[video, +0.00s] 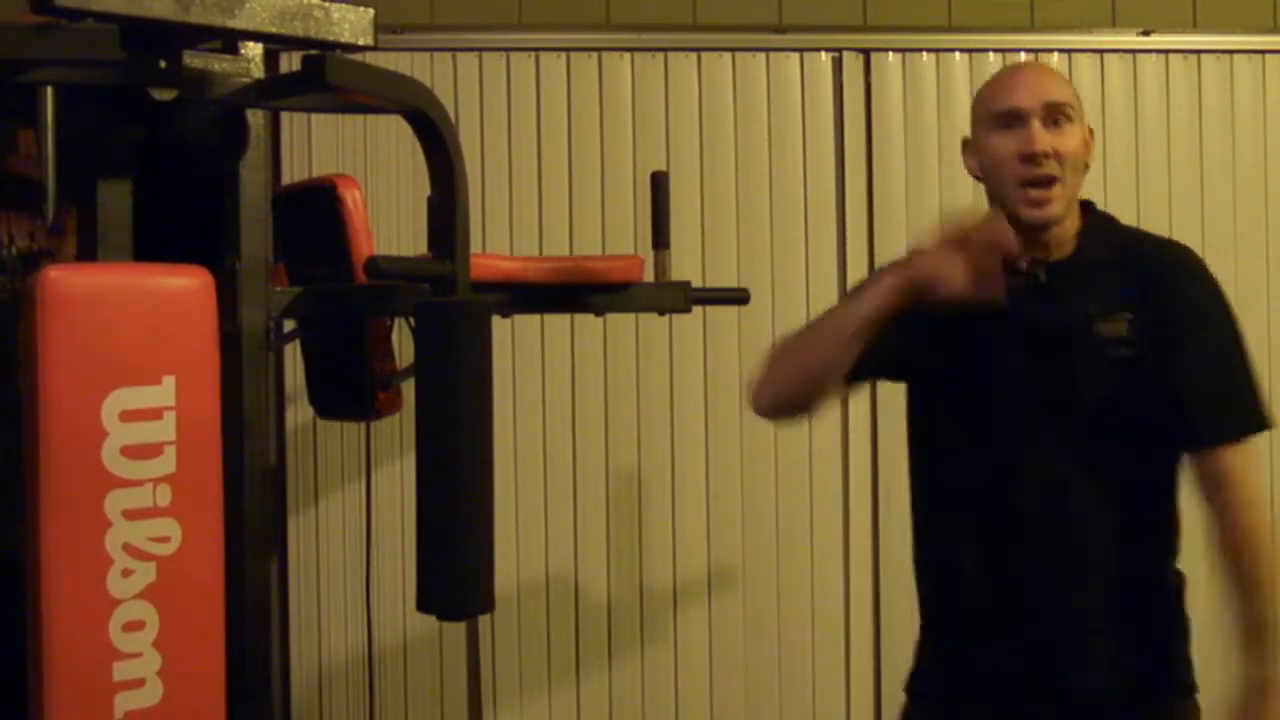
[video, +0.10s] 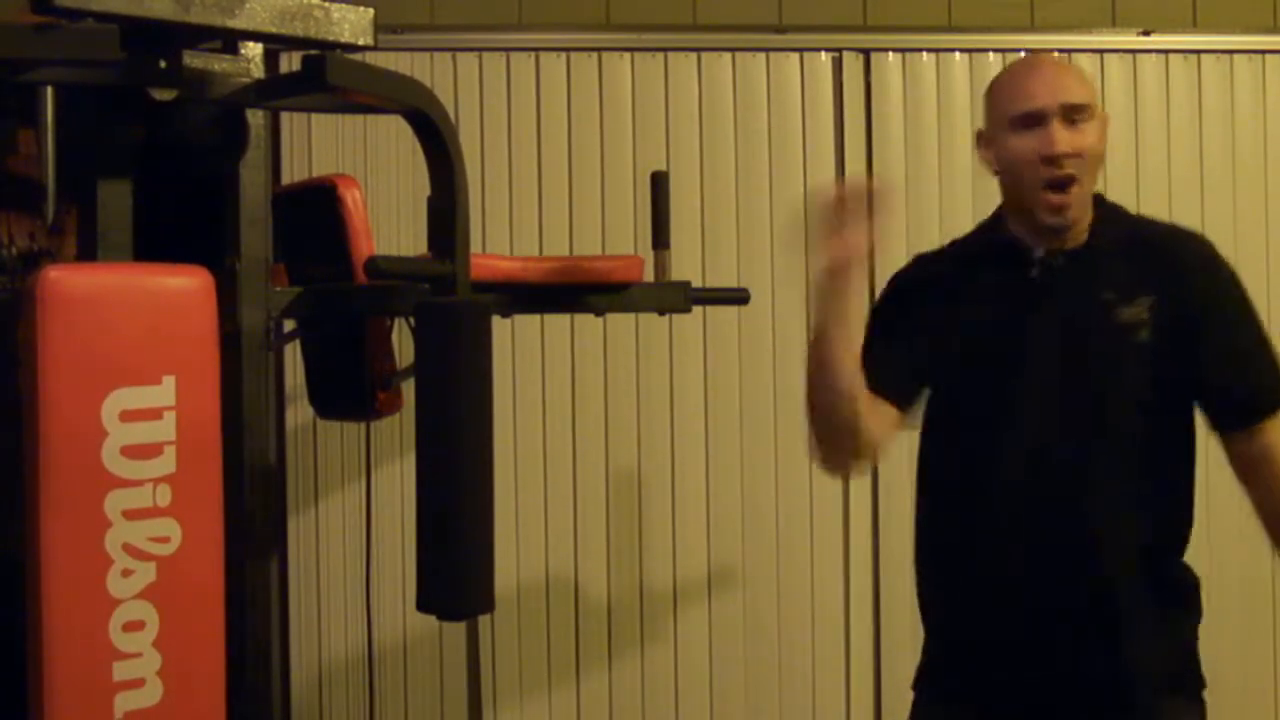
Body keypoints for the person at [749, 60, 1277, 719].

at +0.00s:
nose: (1037, 144)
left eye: (1056, 121)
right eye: (1009, 124)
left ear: (1087, 145)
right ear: (973, 157)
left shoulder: (1162, 278)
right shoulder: (933, 289)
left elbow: (1229, 487)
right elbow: (772, 395)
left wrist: (1262, 672)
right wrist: (905, 277)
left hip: (1128, 667)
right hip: (968, 670)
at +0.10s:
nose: (1057, 145)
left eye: (1075, 118)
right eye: (1029, 124)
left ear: (1103, 132)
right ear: (988, 150)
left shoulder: (1179, 271)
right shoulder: (934, 287)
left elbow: (1262, 454)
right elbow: (844, 447)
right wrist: (838, 282)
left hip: (1134, 663)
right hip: (975, 661)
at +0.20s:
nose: (1089, 139)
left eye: (1098, 113)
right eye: (1059, 119)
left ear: (1115, 116)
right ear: (998, 137)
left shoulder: (1177, 249)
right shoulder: (940, 274)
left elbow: (1255, 430)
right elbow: (859, 468)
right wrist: (880, 342)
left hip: (1140, 643)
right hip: (979, 645)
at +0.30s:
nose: (1078, 135)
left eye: (1085, 108)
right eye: (1047, 116)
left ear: (1100, 112)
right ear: (984, 136)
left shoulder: (1159, 235)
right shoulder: (923, 271)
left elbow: (1227, 424)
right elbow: (878, 445)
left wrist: (1273, 607)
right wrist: (941, 275)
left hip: (1136, 640)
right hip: (975, 644)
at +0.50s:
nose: (1053, 124)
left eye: (1057, 97)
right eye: (1021, 105)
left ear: (1069, 101)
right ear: (957, 130)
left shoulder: (1132, 230)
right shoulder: (908, 252)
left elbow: (1189, 418)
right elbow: (850, 415)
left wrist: (1186, 603)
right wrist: (857, 230)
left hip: (1107, 626)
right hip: (948, 628)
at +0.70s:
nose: (1031, 140)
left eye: (1036, 115)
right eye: (1003, 121)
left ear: (1048, 119)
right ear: (935, 141)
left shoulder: (1097, 257)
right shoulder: (855, 282)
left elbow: (1147, 450)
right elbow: (756, 454)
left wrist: (1175, 625)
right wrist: (869, 387)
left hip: (1068, 651)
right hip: (907, 655)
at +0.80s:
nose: (1026, 155)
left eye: (1026, 129)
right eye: (997, 135)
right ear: (923, 159)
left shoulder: (1087, 260)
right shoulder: (868, 289)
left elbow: (1158, 444)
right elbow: (804, 451)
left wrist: (1182, 617)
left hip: (1064, 658)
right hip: (907, 663)